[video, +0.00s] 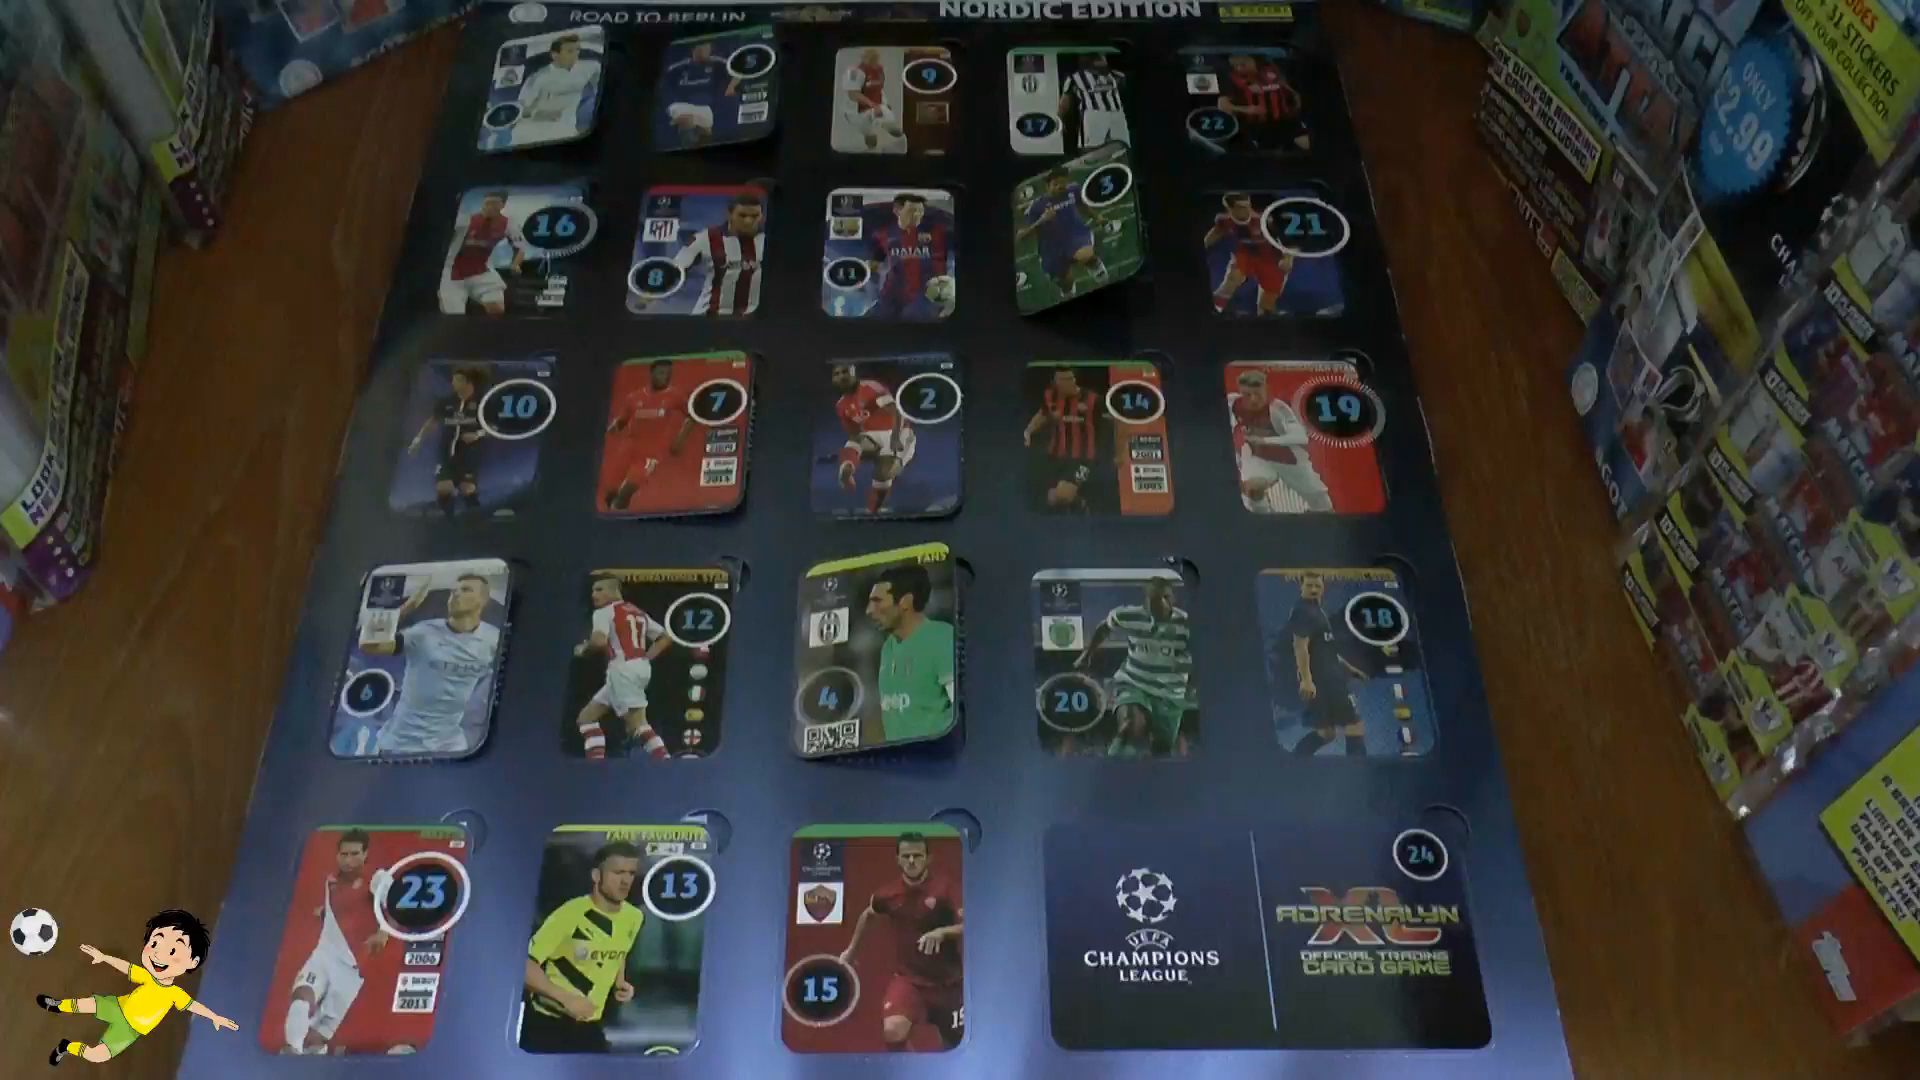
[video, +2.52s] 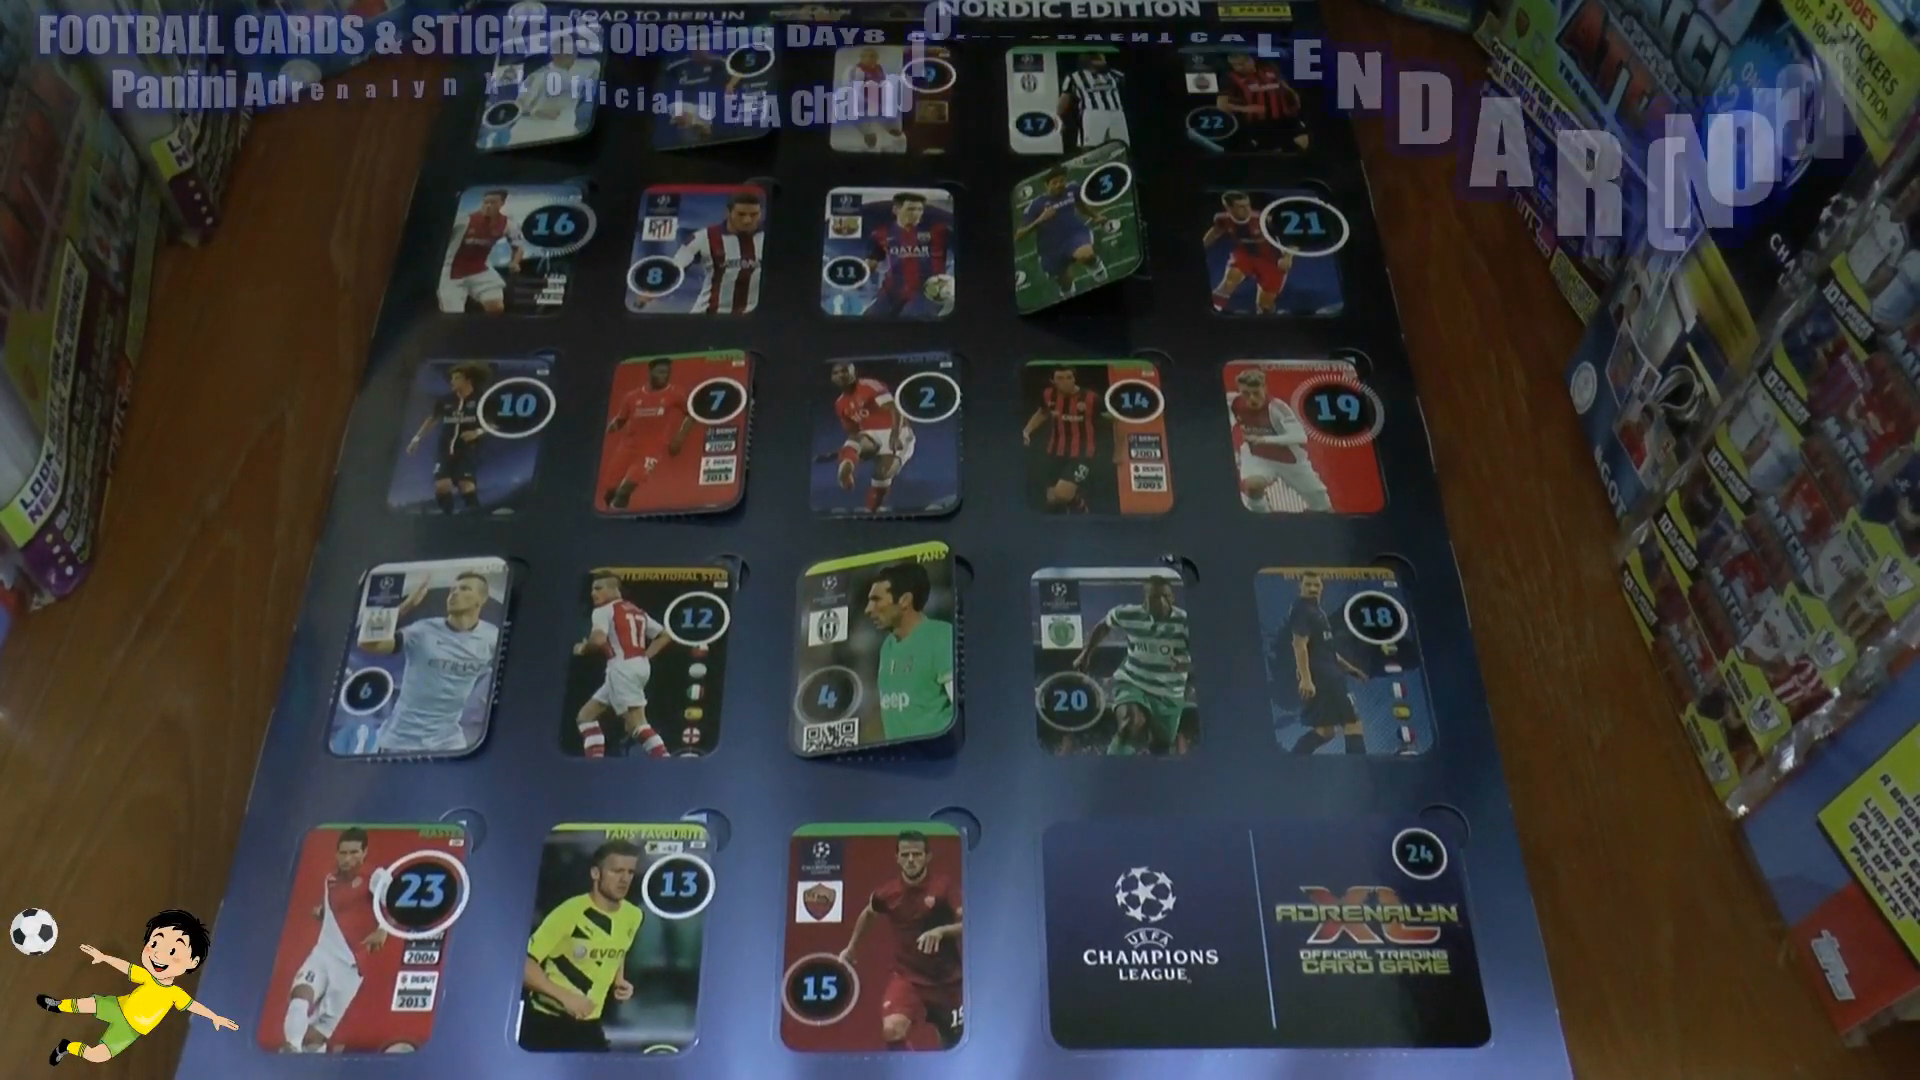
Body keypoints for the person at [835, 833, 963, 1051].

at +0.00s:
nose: (912, 862)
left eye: (917, 856)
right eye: (906, 856)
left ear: (928, 858)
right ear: (898, 860)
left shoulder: (945, 889)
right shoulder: (887, 896)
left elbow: (968, 925)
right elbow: (867, 916)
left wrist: (942, 932)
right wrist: (850, 951)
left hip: (946, 982)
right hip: (907, 979)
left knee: (955, 1048)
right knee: (893, 1030)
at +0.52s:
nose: (913, 861)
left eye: (918, 855)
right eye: (907, 856)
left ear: (929, 858)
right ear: (899, 859)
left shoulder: (946, 889)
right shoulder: (886, 896)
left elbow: (969, 925)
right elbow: (869, 915)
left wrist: (943, 932)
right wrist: (851, 950)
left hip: (948, 983)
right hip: (908, 979)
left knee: (956, 1048)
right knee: (893, 1031)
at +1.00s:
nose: (912, 860)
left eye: (917, 855)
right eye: (906, 855)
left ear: (928, 857)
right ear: (898, 859)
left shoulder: (944, 888)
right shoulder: (886, 895)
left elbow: (970, 924)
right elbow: (868, 914)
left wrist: (943, 931)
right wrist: (851, 950)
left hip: (947, 982)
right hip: (907, 978)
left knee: (956, 1048)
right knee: (893, 1031)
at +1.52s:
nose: (913, 863)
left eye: (918, 858)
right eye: (907, 858)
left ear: (929, 861)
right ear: (899, 861)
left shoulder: (945, 891)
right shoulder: (886, 898)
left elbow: (969, 928)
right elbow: (870, 918)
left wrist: (943, 934)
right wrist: (851, 952)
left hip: (948, 985)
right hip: (908, 982)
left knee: (958, 1051)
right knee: (893, 1034)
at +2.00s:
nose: (910, 863)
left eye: (916, 857)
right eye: (904, 858)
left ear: (926, 859)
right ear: (896, 861)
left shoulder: (943, 890)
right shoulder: (884, 898)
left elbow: (967, 926)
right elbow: (867, 917)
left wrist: (941, 933)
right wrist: (849, 951)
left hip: (946, 985)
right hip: (906, 982)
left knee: (954, 1051)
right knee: (891, 1033)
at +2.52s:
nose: (911, 860)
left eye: (916, 854)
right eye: (905, 855)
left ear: (927, 857)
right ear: (897, 859)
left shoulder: (944, 887)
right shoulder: (885, 895)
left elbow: (968, 924)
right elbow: (868, 914)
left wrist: (941, 931)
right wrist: (850, 948)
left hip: (947, 982)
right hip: (907, 979)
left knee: (955, 1048)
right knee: (892, 1030)